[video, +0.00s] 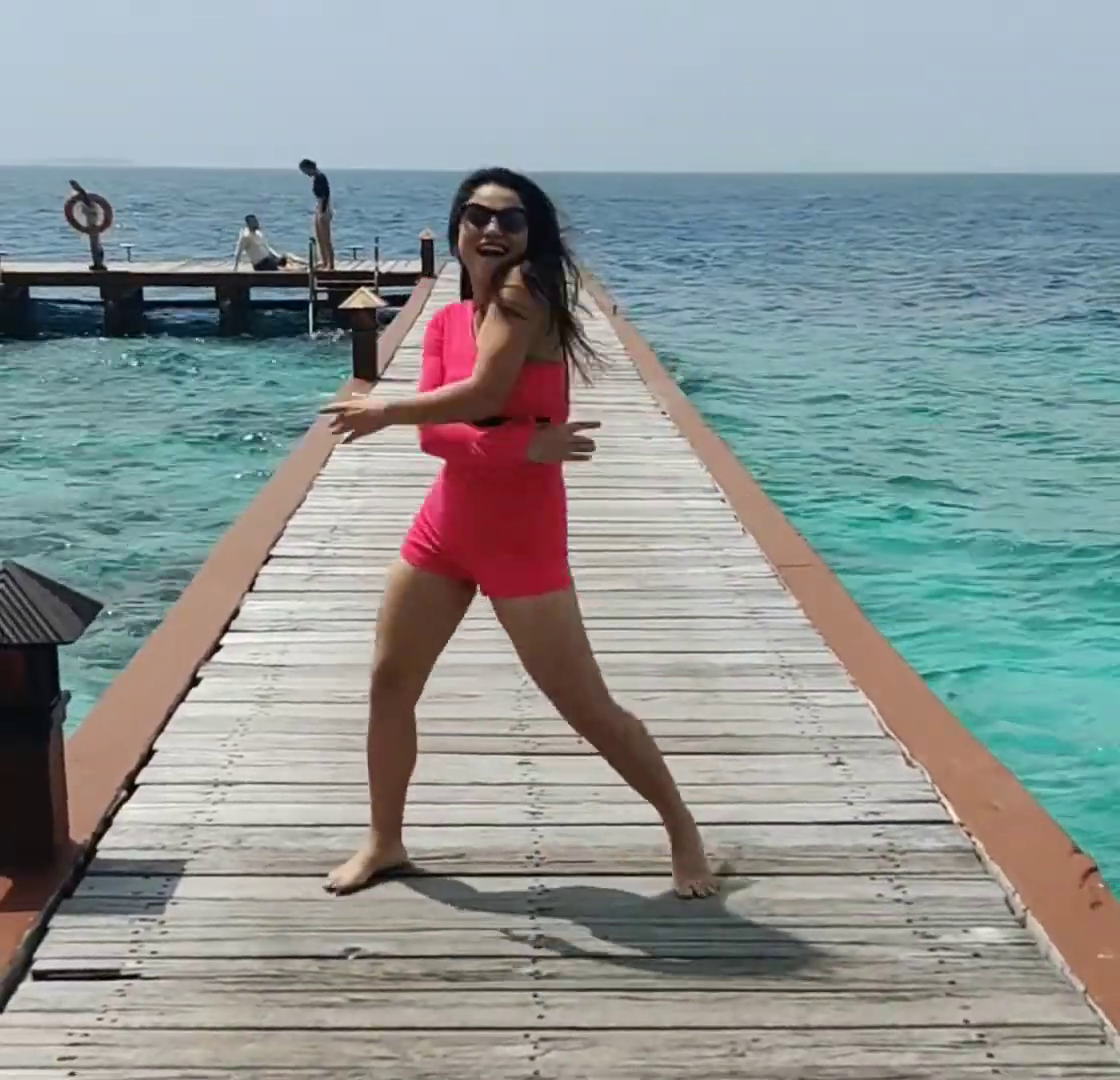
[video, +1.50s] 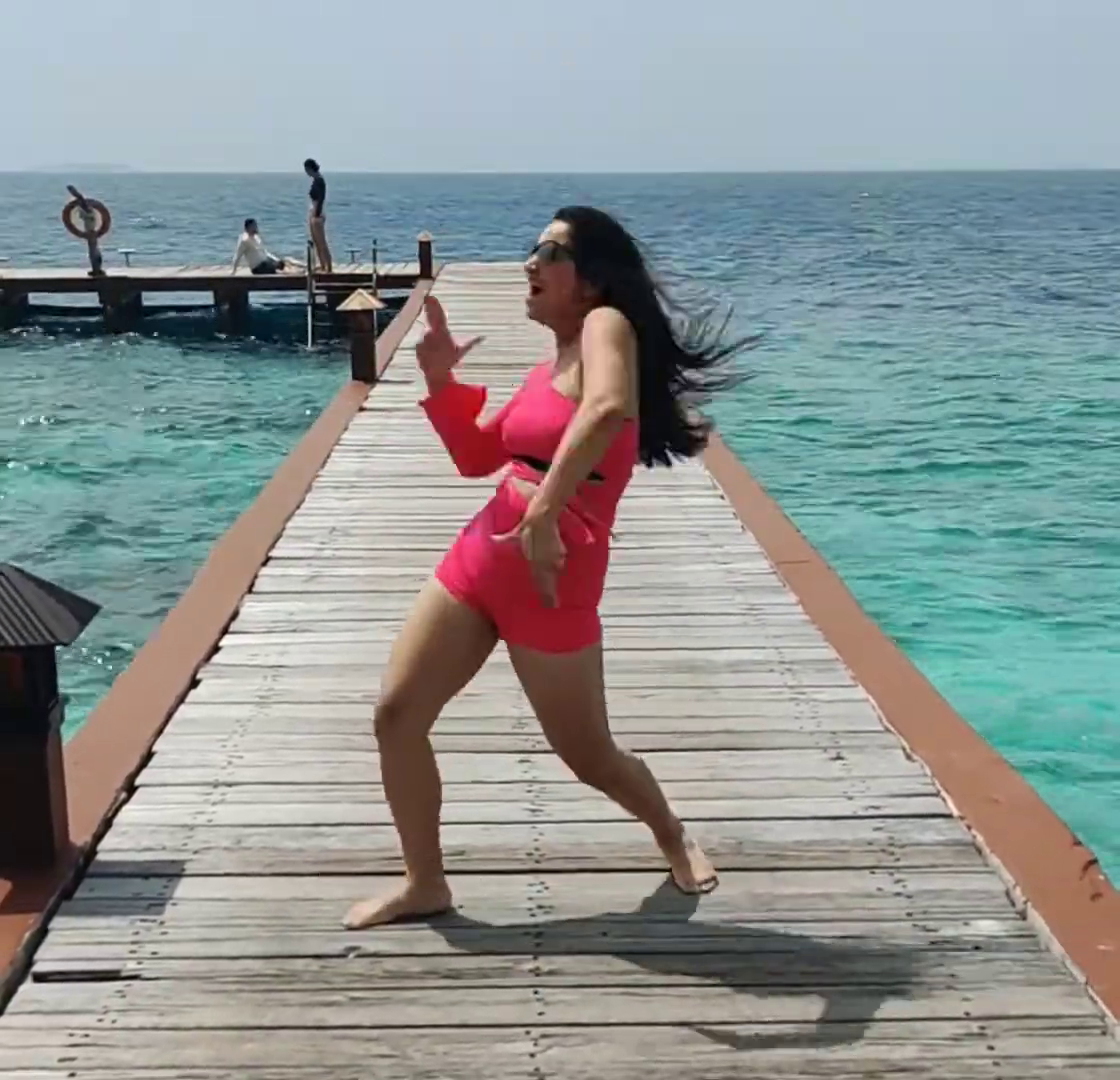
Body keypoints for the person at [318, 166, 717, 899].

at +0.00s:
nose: (492, 228)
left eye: (510, 219)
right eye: (478, 216)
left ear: (532, 236)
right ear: (455, 230)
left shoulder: (524, 298)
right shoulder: (443, 323)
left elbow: (487, 395)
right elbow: (432, 437)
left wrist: (387, 409)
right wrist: (528, 445)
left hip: (521, 533)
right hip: (446, 521)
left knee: (585, 707)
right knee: (391, 679)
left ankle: (681, 828)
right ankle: (384, 840)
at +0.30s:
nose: (567, 245)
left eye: (584, 233)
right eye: (551, 234)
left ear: (609, 247)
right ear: (532, 250)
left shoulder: (640, 327)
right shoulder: (510, 341)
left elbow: (738, 379)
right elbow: (452, 435)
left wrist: (678, 468)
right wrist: (453, 504)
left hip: (620, 546)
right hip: (529, 545)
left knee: (648, 720)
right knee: (441, 698)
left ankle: (682, 846)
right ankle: (393, 841)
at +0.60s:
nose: (596, 240)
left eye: (612, 225)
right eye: (579, 227)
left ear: (639, 235)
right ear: (558, 239)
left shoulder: (667, 311)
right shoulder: (524, 298)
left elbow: (779, 304)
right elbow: (414, 264)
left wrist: (880, 325)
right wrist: (306, 232)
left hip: (632, 534)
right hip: (536, 537)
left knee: (664, 700)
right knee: (465, 701)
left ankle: (677, 838)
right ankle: (408, 838)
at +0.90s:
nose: (615, 255)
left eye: (635, 243)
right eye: (603, 245)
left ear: (669, 262)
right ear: (592, 263)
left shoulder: (684, 375)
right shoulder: (557, 332)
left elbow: (665, 495)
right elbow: (440, 366)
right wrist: (354, 428)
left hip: (658, 563)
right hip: (564, 561)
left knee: (678, 731)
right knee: (461, 699)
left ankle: (677, 841)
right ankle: (414, 827)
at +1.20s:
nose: (563, 231)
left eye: (577, 218)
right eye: (566, 216)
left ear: (627, 231)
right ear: (601, 231)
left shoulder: (653, 299)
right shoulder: (593, 296)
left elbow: (591, 200)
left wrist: (489, 135)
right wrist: (635, 432)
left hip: (592, 540)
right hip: (511, 515)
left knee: (633, 718)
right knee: (436, 688)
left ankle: (677, 844)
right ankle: (413, 858)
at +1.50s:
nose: (529, 267)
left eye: (546, 257)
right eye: (533, 254)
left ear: (589, 276)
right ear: (559, 276)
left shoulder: (604, 326)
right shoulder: (558, 360)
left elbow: (608, 408)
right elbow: (476, 456)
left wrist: (542, 512)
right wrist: (439, 377)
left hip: (553, 573)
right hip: (486, 552)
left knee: (589, 755)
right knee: (398, 714)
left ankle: (673, 838)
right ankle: (425, 881)